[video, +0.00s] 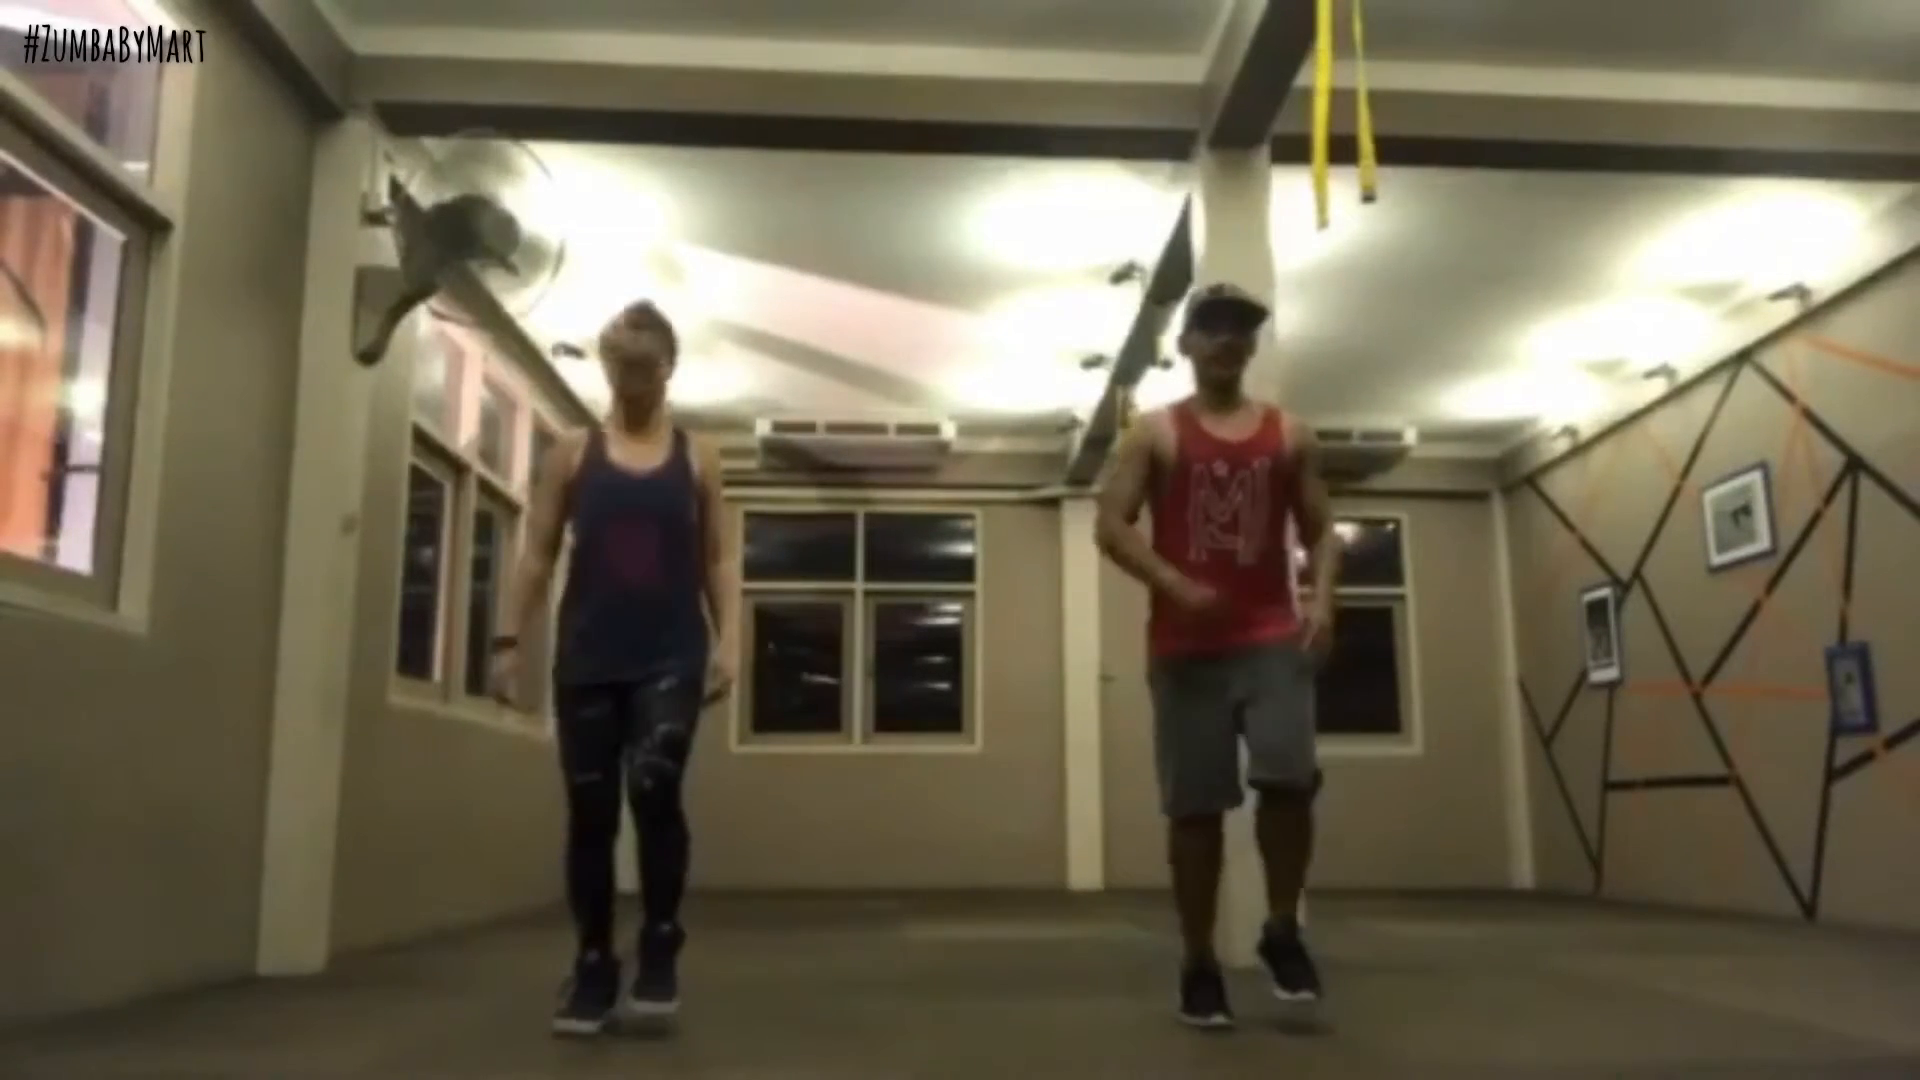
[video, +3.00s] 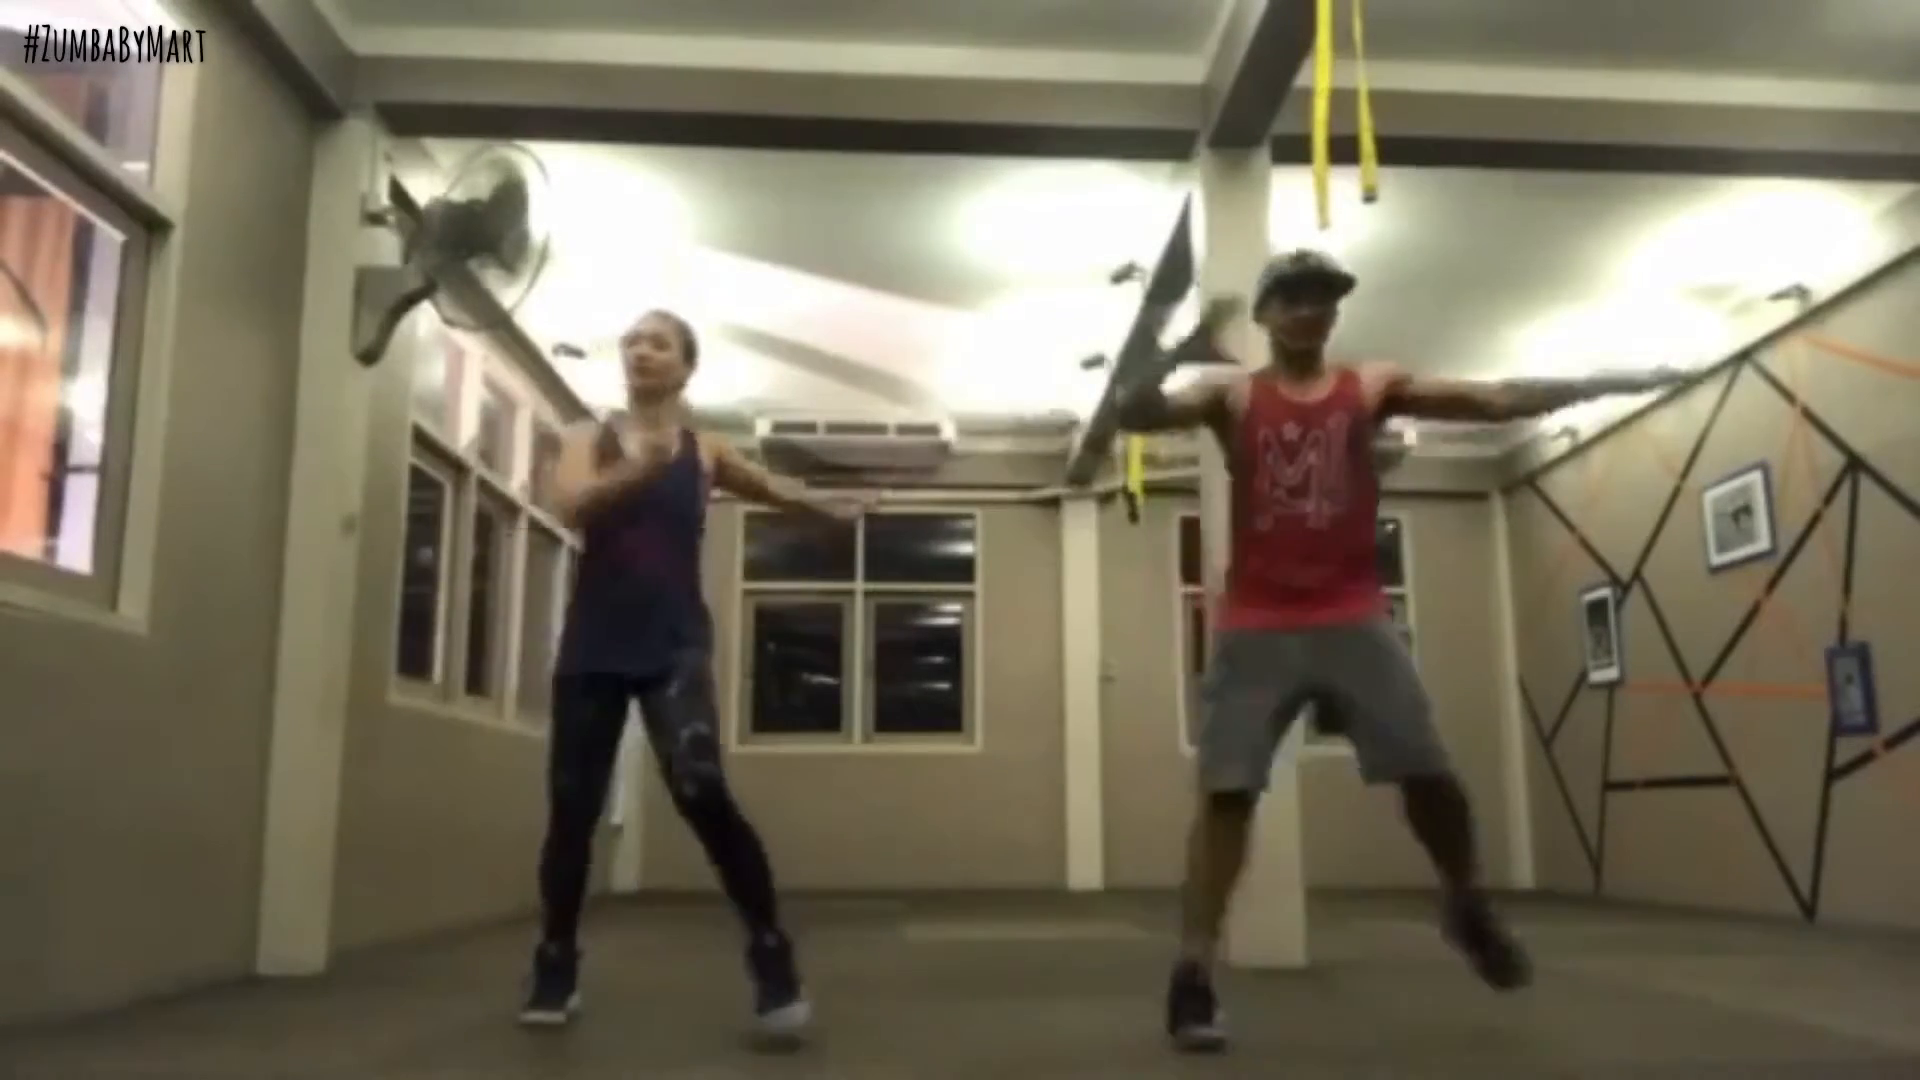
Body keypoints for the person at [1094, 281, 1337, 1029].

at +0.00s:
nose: (1223, 344)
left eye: (1237, 332)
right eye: (1209, 332)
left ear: (1254, 343)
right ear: (1186, 342)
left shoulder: (1287, 434)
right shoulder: (1154, 433)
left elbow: (1321, 530)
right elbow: (1110, 527)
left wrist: (1320, 602)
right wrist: (1172, 582)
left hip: (1271, 639)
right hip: (1187, 647)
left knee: (1290, 784)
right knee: (1196, 808)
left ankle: (1284, 931)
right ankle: (1200, 965)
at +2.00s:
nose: (1216, 325)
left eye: (1231, 313)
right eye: (1202, 313)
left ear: (1251, 328)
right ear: (1181, 327)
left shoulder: (1284, 423)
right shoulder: (1146, 416)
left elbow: (1320, 510)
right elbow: (1088, 496)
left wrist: (1327, 559)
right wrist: (1166, 517)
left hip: (1260, 629)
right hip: (1175, 637)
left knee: (1270, 783)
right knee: (1187, 806)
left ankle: (1271, 920)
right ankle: (1190, 965)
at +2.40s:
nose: (1235, 323)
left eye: (1249, 312)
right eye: (1221, 310)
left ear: (1267, 327)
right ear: (1194, 323)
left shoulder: (1298, 415)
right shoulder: (1155, 412)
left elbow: (1379, 477)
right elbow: (1071, 468)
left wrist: (1453, 523)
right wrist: (1135, 471)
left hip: (1271, 626)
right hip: (1186, 621)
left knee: (1264, 803)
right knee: (1177, 771)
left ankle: (1255, 969)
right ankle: (1170, 916)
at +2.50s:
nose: (1238, 308)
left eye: (1252, 295)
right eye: (1223, 295)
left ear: (1271, 307)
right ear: (1199, 308)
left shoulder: (1302, 393)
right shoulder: (1166, 388)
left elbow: (1398, 434)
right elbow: (1068, 424)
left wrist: (1488, 452)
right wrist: (1086, 441)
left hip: (1270, 603)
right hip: (1189, 591)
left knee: (1251, 787)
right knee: (1202, 746)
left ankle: (1232, 952)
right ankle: (1171, 909)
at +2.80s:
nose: (1271, 336)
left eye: (1284, 323)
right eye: (1255, 322)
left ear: (1300, 333)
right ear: (1226, 333)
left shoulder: (1328, 424)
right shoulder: (1207, 412)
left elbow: (1434, 460)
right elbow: (1108, 431)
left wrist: (1423, 427)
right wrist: (1007, 437)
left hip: (1300, 633)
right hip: (1214, 635)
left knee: (1364, 771)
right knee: (1203, 808)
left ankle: (1271, 913)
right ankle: (1178, 984)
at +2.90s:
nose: (1286, 327)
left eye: (1299, 314)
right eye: (1271, 313)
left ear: (1315, 323)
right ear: (1241, 324)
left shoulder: (1342, 410)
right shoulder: (1211, 404)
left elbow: (1459, 423)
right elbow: (1121, 426)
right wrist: (1101, 391)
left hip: (1325, 621)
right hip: (1233, 628)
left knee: (1406, 751)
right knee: (1211, 799)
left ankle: (1372, 896)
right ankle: (1179, 984)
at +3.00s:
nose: (1308, 316)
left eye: (1320, 304)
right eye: (1293, 304)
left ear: (1336, 312)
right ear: (1263, 316)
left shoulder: (1371, 387)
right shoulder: (1230, 393)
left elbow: (1498, 401)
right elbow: (1133, 413)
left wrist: (1625, 383)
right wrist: (1154, 346)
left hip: (1354, 624)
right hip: (1258, 627)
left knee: (1430, 777)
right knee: (1227, 795)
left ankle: (1467, 912)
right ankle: (1193, 975)